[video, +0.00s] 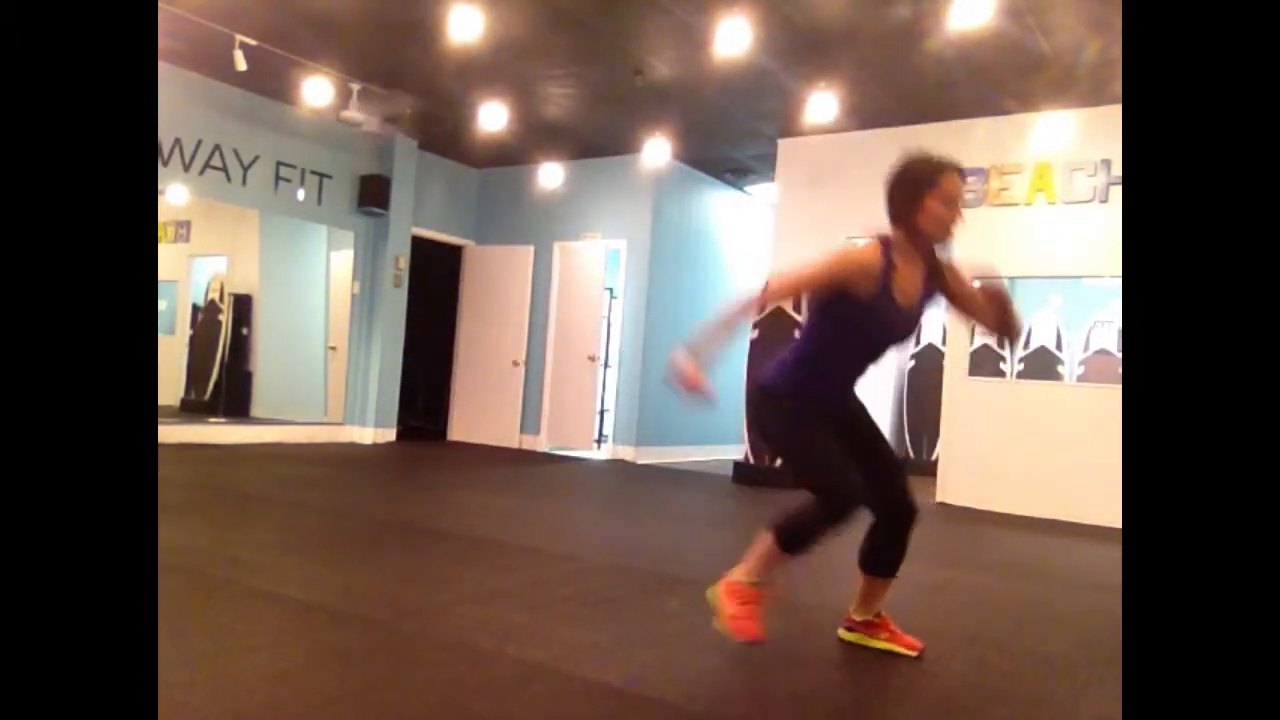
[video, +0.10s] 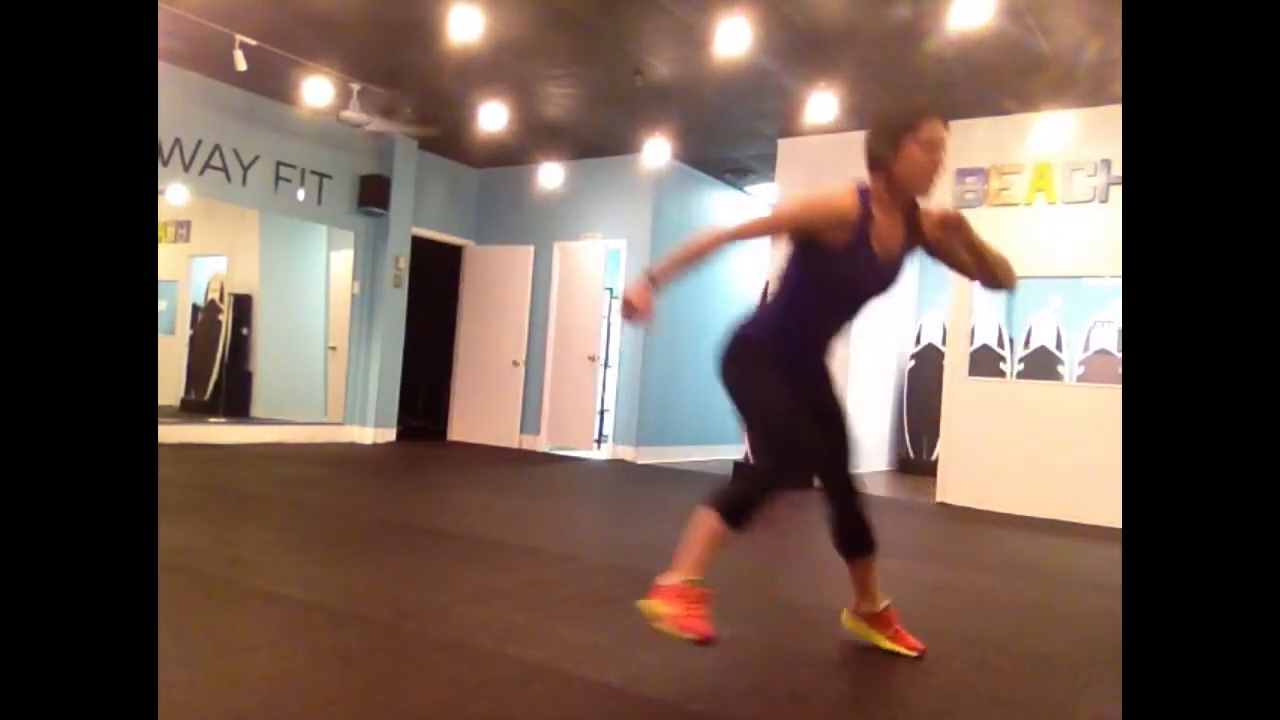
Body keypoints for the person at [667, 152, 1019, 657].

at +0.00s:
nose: (957, 215)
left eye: (959, 204)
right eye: (948, 202)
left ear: (931, 210)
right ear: (914, 204)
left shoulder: (935, 272)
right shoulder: (864, 261)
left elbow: (1001, 328)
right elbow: (767, 295)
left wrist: (998, 302)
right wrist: (697, 353)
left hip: (836, 398)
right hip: (785, 395)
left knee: (896, 506)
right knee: (840, 494)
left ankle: (864, 616)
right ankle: (739, 583)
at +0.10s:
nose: (938, 162)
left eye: (941, 150)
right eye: (929, 148)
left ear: (920, 160)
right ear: (891, 152)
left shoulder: (919, 225)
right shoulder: (838, 210)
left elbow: (1002, 279)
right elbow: (729, 235)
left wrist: (966, 240)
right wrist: (651, 281)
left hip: (805, 362)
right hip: (758, 352)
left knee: (838, 477)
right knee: (776, 458)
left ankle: (868, 607)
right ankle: (677, 583)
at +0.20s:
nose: (913, 140)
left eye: (918, 128)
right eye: (902, 124)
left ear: (911, 139)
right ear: (859, 127)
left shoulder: (891, 210)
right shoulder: (806, 183)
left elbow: (976, 268)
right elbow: (690, 200)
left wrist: (940, 219)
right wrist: (601, 246)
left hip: (773, 343)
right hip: (717, 328)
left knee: (800, 455)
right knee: (714, 451)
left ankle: (824, 574)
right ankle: (625, 608)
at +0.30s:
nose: (879, 152)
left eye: (883, 139)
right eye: (868, 137)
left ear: (873, 150)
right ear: (824, 143)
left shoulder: (854, 231)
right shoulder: (761, 195)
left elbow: (944, 300)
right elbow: (643, 212)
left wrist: (909, 238)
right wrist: (552, 255)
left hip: (725, 365)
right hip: (667, 347)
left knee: (765, 490)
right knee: (664, 479)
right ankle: (596, 668)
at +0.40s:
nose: (835, 198)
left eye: (842, 186)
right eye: (823, 182)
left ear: (844, 198)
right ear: (783, 183)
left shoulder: (815, 287)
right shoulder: (712, 244)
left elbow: (898, 366)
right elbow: (600, 264)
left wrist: (860, 301)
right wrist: (503, 305)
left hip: (678, 410)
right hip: (620, 383)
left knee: (697, 547)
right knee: (647, 518)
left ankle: (617, 528)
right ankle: (577, 687)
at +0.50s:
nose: (807, 239)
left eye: (813, 229)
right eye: (795, 222)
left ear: (812, 241)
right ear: (750, 222)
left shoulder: (791, 326)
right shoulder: (680, 282)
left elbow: (861, 437)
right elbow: (564, 312)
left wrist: (818, 358)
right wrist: (473, 367)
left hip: (644, 434)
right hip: (586, 402)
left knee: (625, 582)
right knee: (644, 517)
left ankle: (523, 549)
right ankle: (569, 692)